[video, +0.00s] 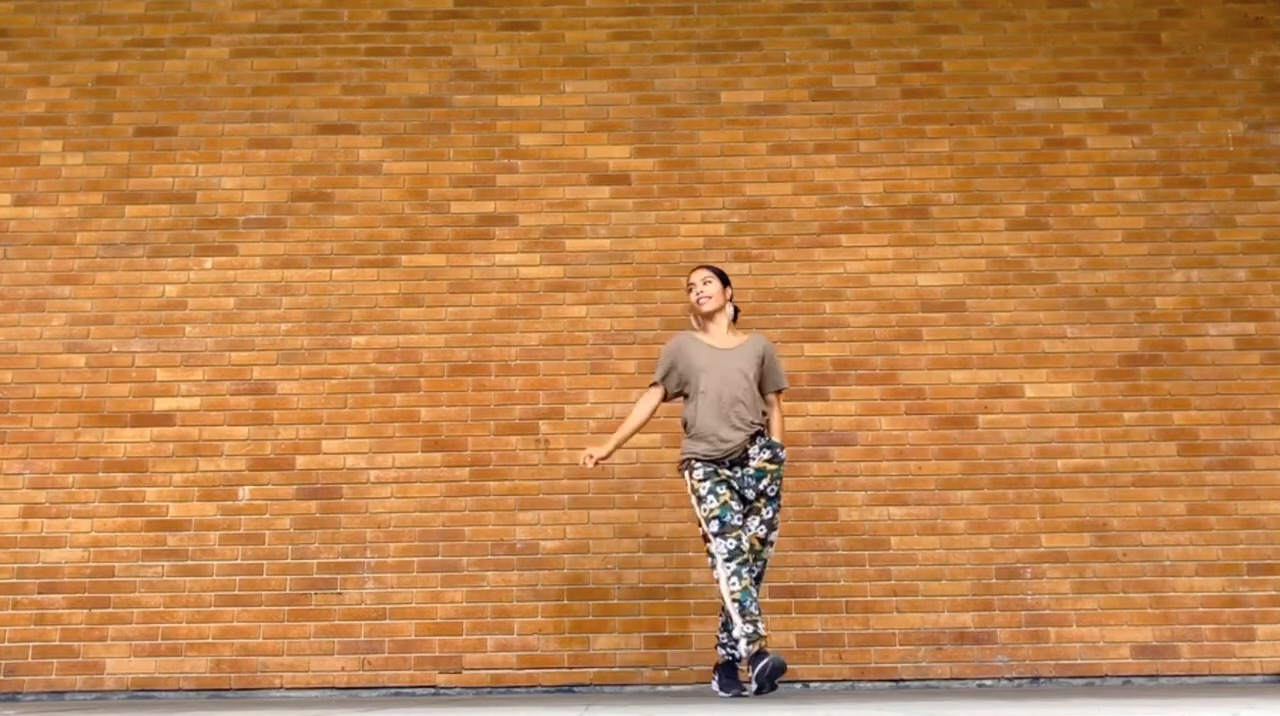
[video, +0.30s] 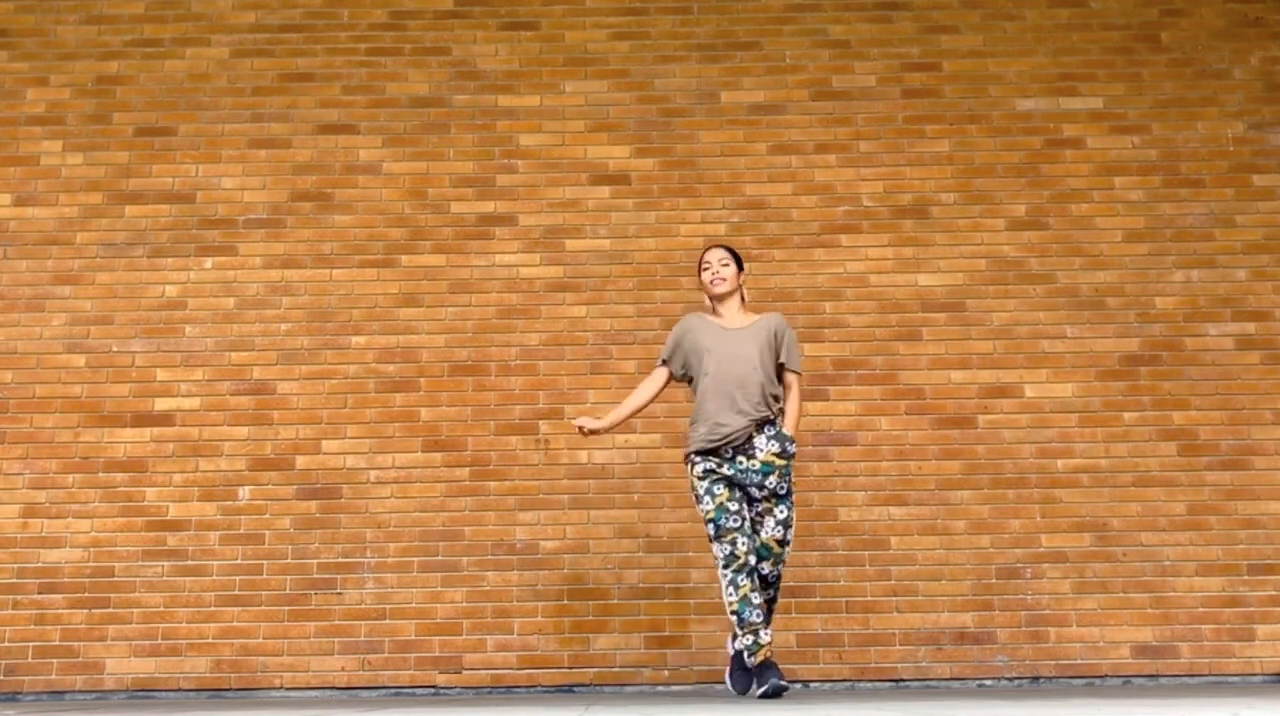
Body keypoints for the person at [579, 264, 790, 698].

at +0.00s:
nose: (698, 292)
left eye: (707, 284)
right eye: (692, 289)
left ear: (729, 293)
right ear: (689, 304)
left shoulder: (758, 346)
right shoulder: (681, 348)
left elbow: (773, 407)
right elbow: (649, 400)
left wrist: (774, 453)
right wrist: (609, 446)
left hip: (757, 463)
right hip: (706, 465)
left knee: (753, 556)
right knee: (730, 549)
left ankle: (728, 660)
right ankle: (757, 655)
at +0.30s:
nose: (714, 273)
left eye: (723, 265)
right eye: (706, 268)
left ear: (741, 275)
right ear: (700, 281)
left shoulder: (774, 325)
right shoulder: (690, 327)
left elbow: (793, 389)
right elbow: (654, 382)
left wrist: (784, 441)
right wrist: (605, 423)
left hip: (765, 452)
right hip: (710, 457)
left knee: (771, 553)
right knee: (735, 553)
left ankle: (745, 648)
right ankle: (761, 660)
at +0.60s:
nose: (731, 252)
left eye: (740, 246)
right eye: (722, 247)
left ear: (755, 260)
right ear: (711, 263)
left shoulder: (778, 314)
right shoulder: (699, 313)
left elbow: (795, 380)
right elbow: (711, 350)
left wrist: (790, 422)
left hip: (769, 435)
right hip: (711, 444)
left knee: (775, 534)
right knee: (731, 552)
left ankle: (791, 653)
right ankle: (762, 661)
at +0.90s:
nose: (734, 233)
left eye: (741, 228)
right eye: (723, 229)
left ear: (755, 244)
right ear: (709, 247)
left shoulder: (779, 306)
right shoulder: (699, 289)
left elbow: (792, 381)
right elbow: (732, 342)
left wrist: (787, 434)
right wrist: (804, 363)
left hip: (772, 427)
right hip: (712, 432)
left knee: (771, 534)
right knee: (724, 541)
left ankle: (772, 656)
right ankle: (744, 640)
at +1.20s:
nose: (720, 219)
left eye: (728, 213)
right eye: (709, 215)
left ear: (742, 230)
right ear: (695, 235)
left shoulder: (759, 295)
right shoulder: (670, 282)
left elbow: (766, 365)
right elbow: (613, 325)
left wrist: (776, 414)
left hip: (764, 424)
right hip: (700, 429)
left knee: (802, 527)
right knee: (691, 530)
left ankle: (798, 648)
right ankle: (648, 649)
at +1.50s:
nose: (735, 216)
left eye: (743, 209)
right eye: (724, 212)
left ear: (759, 224)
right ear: (711, 231)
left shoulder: (773, 288)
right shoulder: (688, 280)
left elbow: (776, 357)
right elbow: (642, 324)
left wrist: (792, 402)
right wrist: (618, 319)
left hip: (770, 431)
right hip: (704, 436)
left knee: (801, 542)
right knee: (682, 547)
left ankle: (834, 659)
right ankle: (642, 662)